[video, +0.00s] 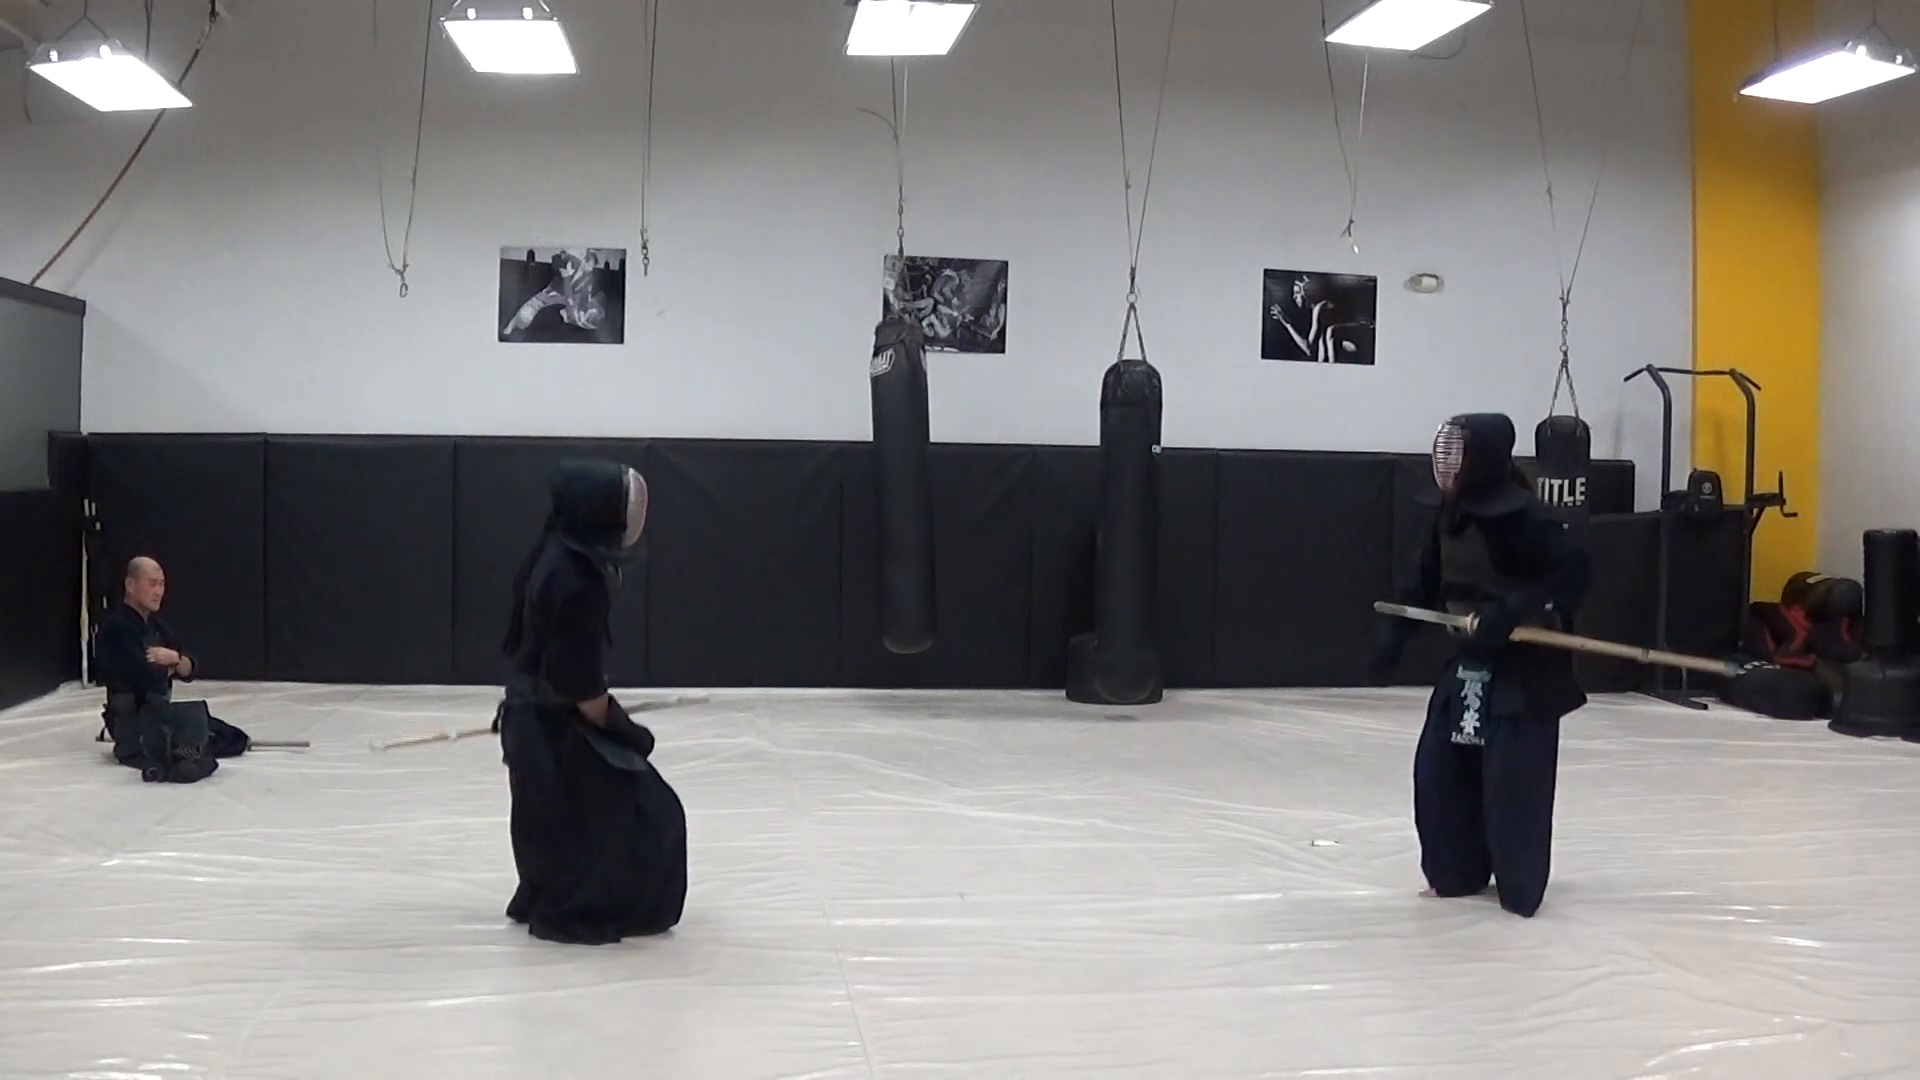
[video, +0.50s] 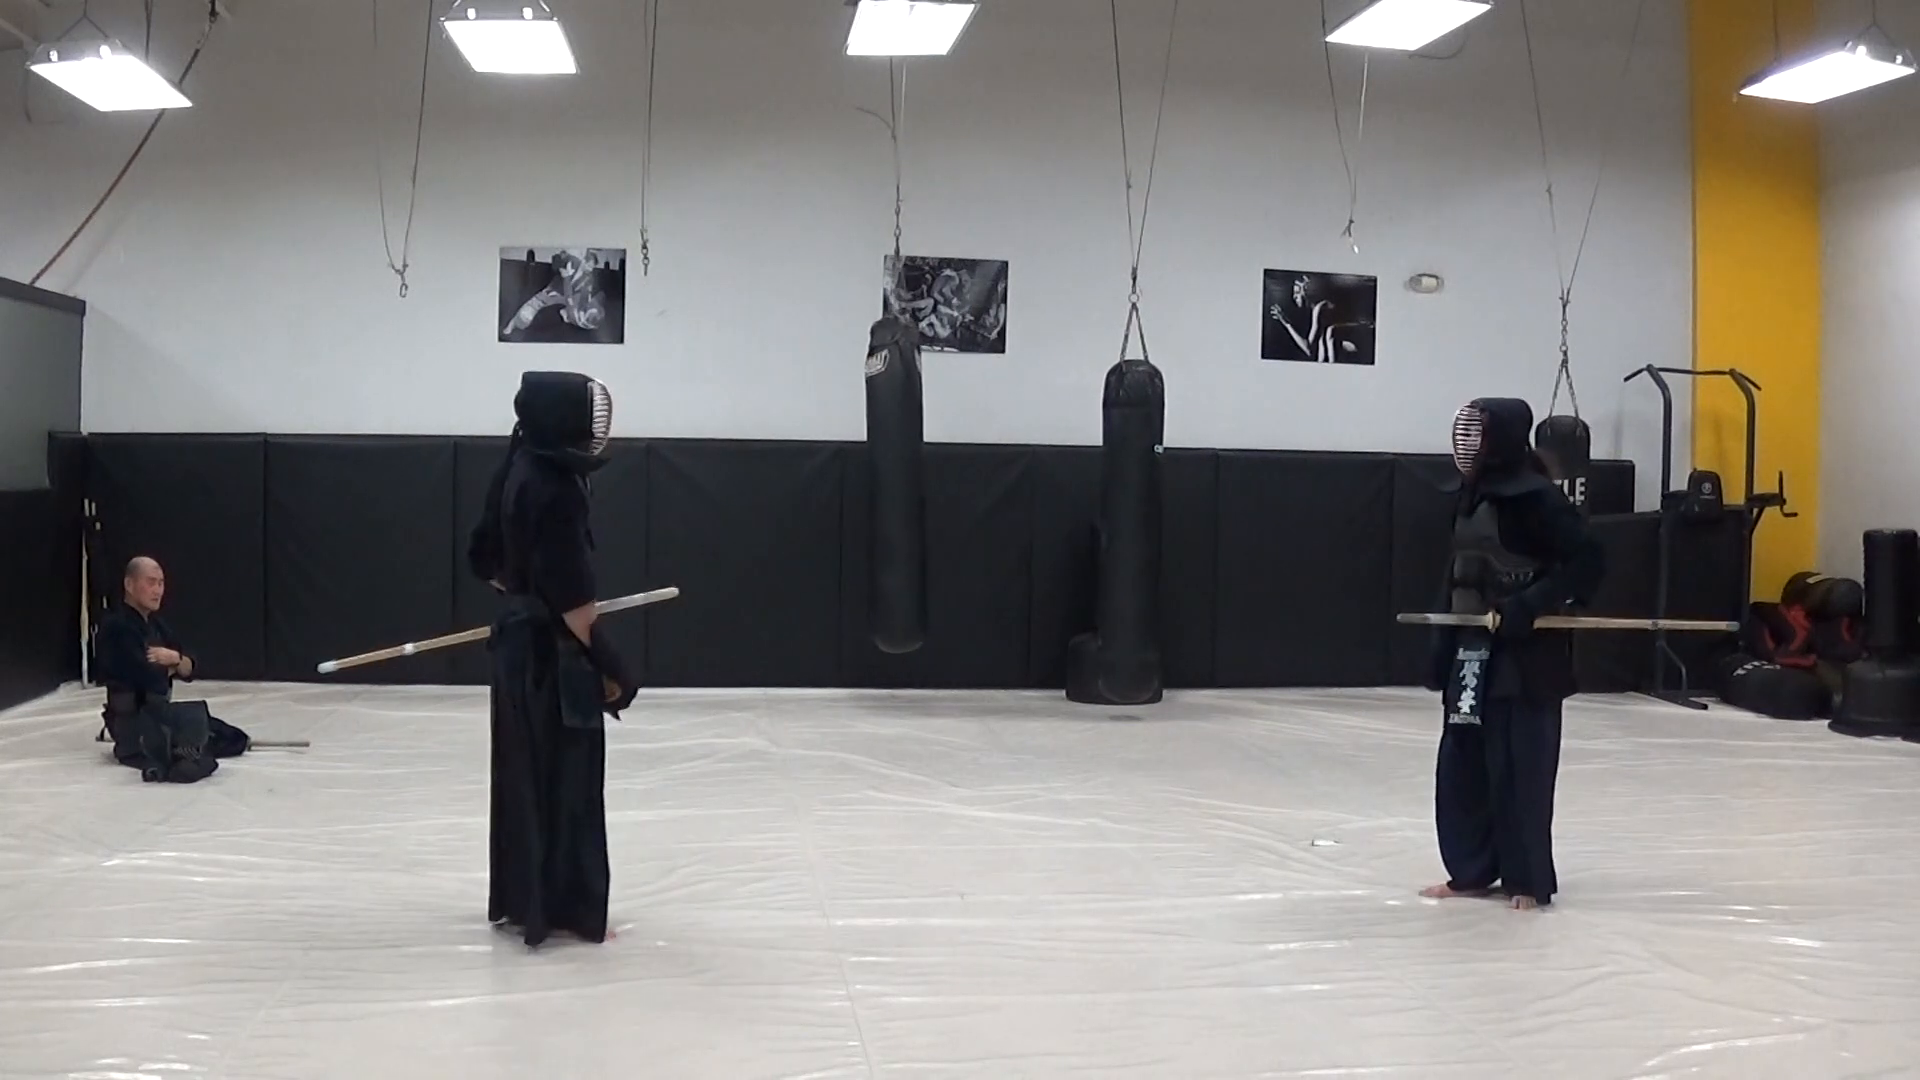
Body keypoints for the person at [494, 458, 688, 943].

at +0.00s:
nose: (635, 520)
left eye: (635, 508)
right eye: (628, 510)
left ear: (575, 509)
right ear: (602, 515)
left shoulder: (549, 557)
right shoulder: (579, 579)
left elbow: (526, 652)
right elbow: (583, 686)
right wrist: (626, 731)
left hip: (526, 717)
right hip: (556, 728)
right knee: (657, 808)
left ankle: (544, 897)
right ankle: (582, 909)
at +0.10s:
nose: (626, 488)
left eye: (625, 477)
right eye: (619, 478)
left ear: (566, 477)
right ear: (597, 484)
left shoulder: (545, 528)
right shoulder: (574, 546)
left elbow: (523, 625)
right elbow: (583, 656)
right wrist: (625, 708)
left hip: (526, 691)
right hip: (557, 700)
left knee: (551, 799)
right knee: (638, 795)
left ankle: (543, 899)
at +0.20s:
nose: (623, 455)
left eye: (623, 445)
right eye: (615, 446)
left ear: (564, 449)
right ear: (588, 453)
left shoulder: (545, 497)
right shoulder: (566, 515)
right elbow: (577, 620)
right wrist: (618, 678)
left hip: (532, 660)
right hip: (557, 667)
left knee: (545, 782)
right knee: (589, 781)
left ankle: (538, 898)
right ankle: (578, 904)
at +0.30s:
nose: (616, 444)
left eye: (615, 433)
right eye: (608, 435)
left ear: (560, 432)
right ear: (581, 438)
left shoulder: (538, 478)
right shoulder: (561, 495)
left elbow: (535, 579)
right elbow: (577, 601)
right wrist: (616, 662)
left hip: (531, 645)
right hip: (556, 652)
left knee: (541, 774)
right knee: (572, 777)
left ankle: (541, 899)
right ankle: (573, 906)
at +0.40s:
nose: (608, 435)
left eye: (607, 423)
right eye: (600, 424)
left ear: (546, 422)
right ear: (573, 427)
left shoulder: (524, 476)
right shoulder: (559, 489)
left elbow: (499, 565)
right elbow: (576, 593)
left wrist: (554, 602)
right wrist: (618, 658)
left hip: (524, 643)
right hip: (558, 648)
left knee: (535, 773)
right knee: (575, 777)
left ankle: (538, 900)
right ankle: (580, 908)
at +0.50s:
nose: (599, 434)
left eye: (599, 423)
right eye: (592, 423)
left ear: (539, 420)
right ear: (567, 425)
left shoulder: (516, 469)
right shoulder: (556, 485)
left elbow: (486, 557)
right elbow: (570, 594)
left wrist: (535, 593)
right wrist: (612, 662)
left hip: (517, 642)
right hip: (552, 647)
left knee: (525, 774)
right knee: (566, 778)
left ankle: (522, 903)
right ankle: (572, 911)